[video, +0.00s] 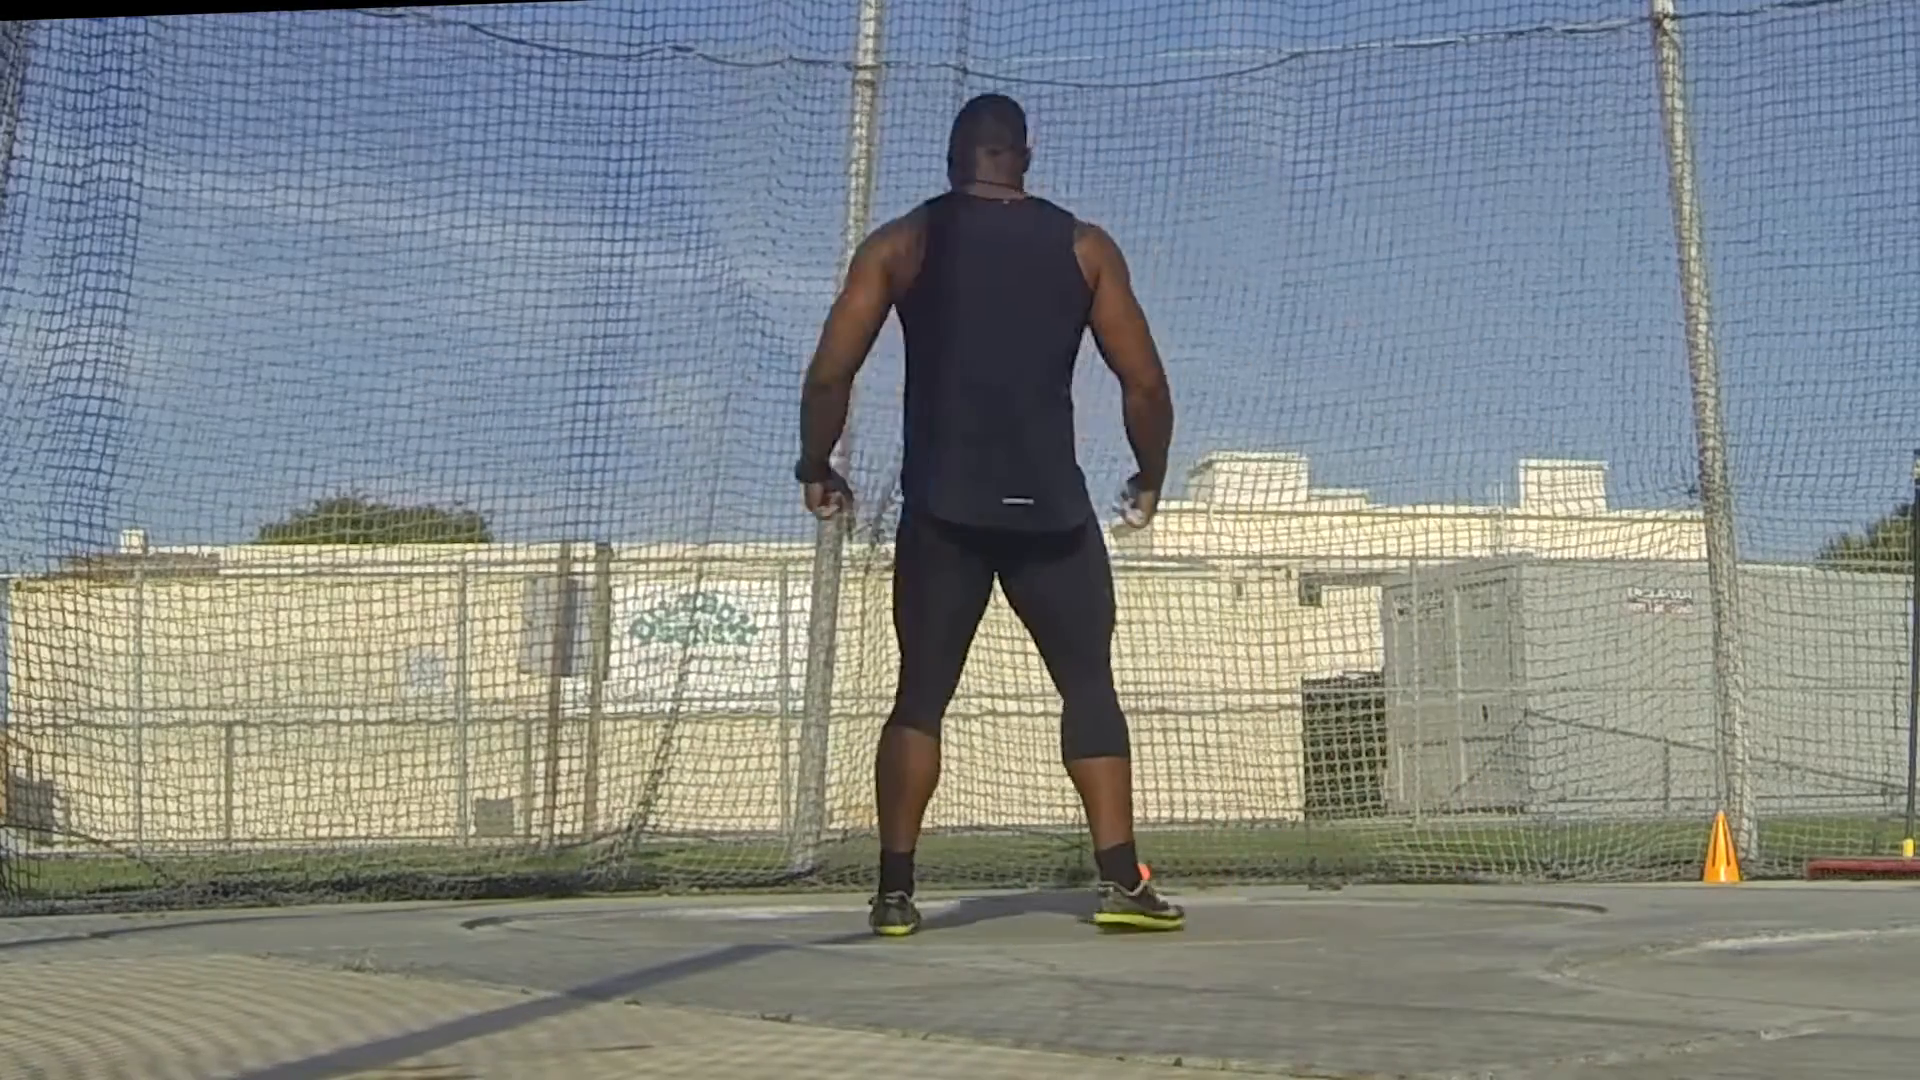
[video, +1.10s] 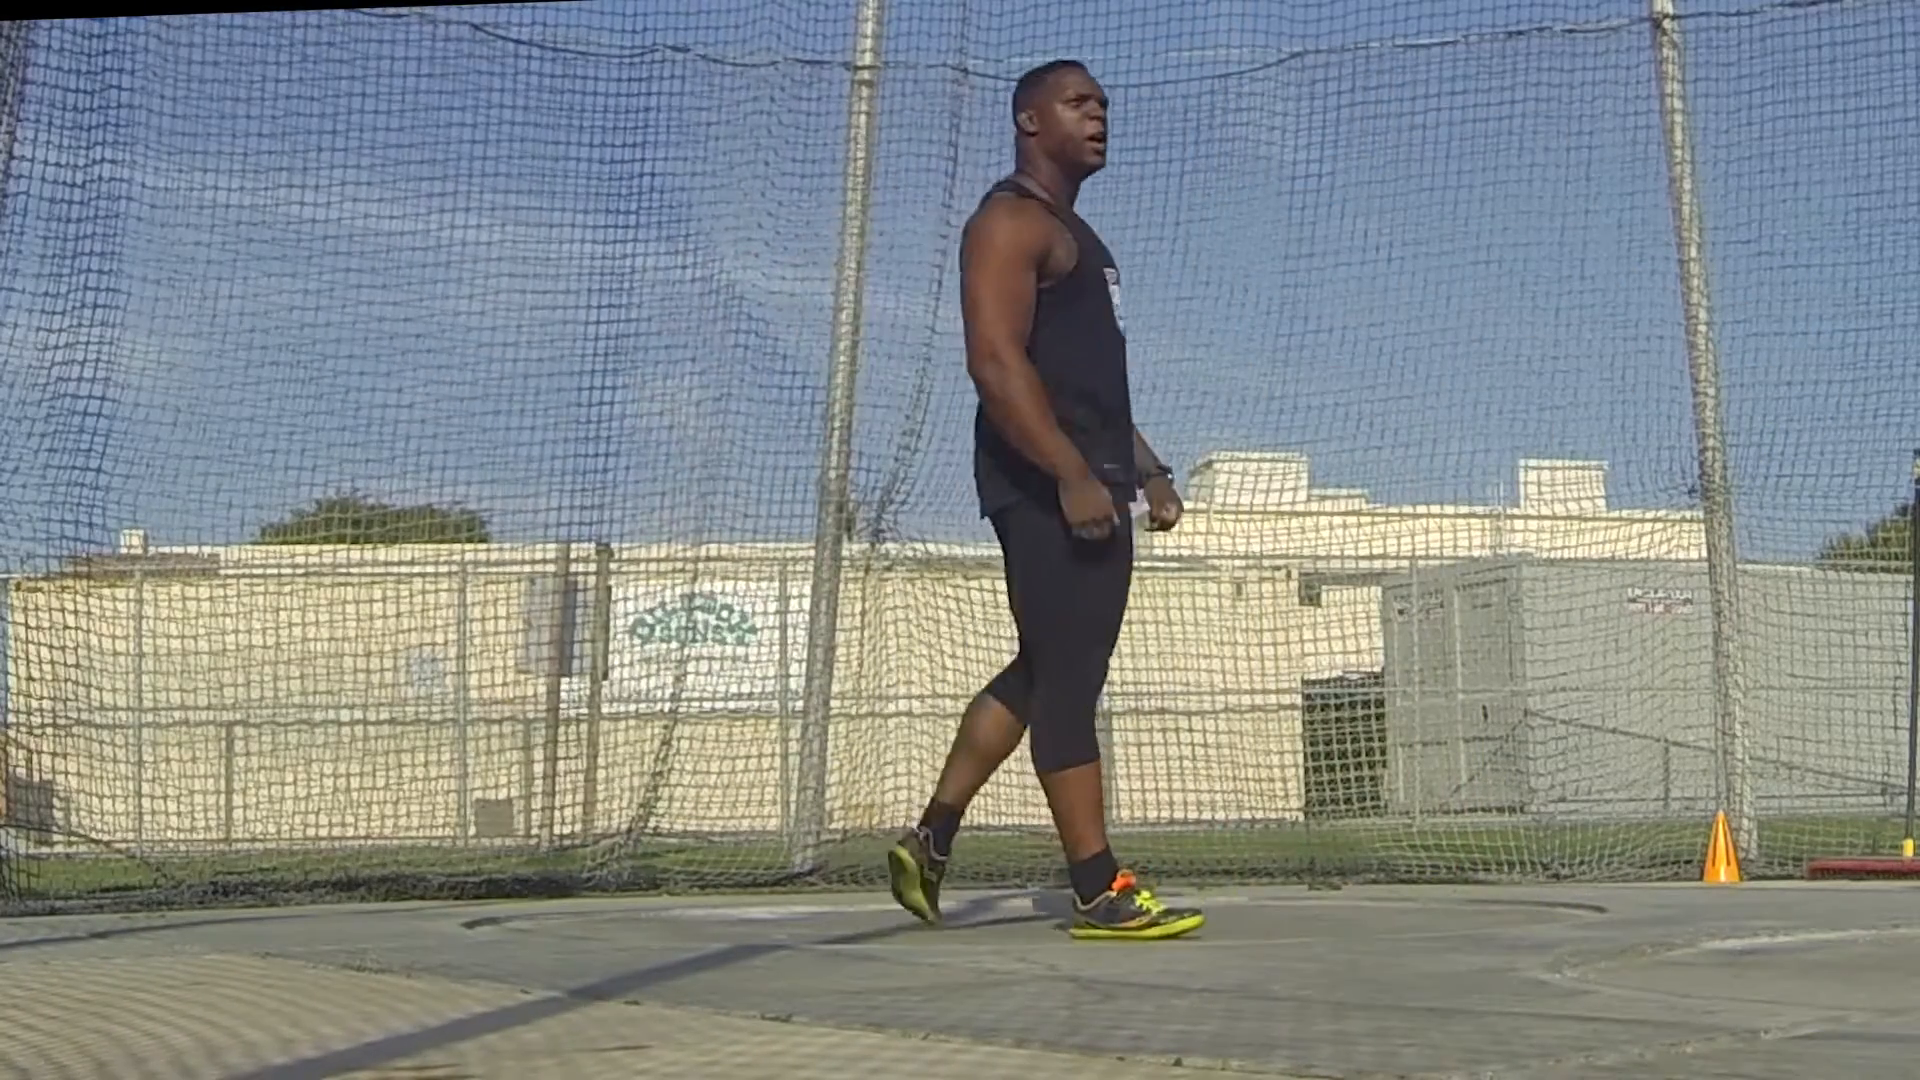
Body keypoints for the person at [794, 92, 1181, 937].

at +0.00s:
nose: (1001, 166)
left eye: (979, 153)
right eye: (1014, 153)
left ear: (949, 160)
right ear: (1026, 160)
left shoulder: (898, 243)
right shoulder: (1084, 244)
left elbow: (829, 374)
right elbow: (1145, 381)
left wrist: (816, 468)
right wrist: (1149, 474)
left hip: (940, 512)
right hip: (1049, 511)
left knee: (920, 698)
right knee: (1088, 687)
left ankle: (895, 891)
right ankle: (1122, 880)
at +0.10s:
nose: (972, 166)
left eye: (946, 152)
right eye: (982, 153)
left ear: (916, 156)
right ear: (992, 157)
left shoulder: (872, 237)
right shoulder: (1054, 231)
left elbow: (771, 350)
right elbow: (1160, 329)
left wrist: (752, 395)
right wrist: (1150, 383)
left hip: (919, 504)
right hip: (1029, 498)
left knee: (910, 694)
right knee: (1078, 679)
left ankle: (893, 891)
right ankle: (1119, 869)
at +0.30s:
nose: (921, 161)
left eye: (901, 150)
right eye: (939, 146)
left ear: (882, 157)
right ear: (959, 152)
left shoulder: (834, 233)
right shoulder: (1012, 214)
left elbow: (733, 321)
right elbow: (1122, 271)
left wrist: (660, 330)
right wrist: (1175, 281)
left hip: (900, 498)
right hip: (1007, 485)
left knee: (901, 691)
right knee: (1061, 665)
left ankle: (894, 892)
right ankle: (1098, 853)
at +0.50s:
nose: (924, 172)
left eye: (911, 159)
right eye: (943, 159)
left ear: (888, 168)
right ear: (962, 169)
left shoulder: (824, 251)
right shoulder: (999, 232)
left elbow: (798, 384)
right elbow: (1013, 348)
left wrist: (811, 505)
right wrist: (1012, 477)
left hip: (890, 504)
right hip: (992, 495)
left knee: (896, 691)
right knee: (1049, 668)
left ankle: (893, 889)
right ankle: (1078, 864)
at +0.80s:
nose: (1031, 146)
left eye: (1027, 132)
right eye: (1013, 134)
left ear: (953, 159)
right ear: (964, 151)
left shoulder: (888, 246)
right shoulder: (987, 239)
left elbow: (870, 392)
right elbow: (1021, 377)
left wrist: (919, 468)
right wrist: (1100, 472)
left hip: (914, 502)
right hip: (1001, 492)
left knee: (918, 683)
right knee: (1052, 663)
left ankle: (891, 886)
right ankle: (1073, 879)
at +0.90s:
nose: (1051, 138)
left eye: (1050, 125)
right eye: (1034, 125)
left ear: (983, 151)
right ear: (983, 142)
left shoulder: (942, 237)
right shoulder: (987, 238)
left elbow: (945, 387)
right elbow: (1008, 380)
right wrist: (1098, 463)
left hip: (945, 497)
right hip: (1012, 493)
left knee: (928, 677)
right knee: (1051, 673)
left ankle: (875, 875)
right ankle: (1093, 881)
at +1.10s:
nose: (1100, 120)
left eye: (1102, 107)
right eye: (1080, 105)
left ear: (1088, 126)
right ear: (1029, 122)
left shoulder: (1073, 231)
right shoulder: (1009, 219)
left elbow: (1087, 374)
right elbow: (994, 361)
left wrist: (1144, 466)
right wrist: (1072, 475)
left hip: (1084, 483)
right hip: (1041, 482)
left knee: (1047, 662)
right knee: (1067, 666)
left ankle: (931, 833)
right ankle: (1099, 886)